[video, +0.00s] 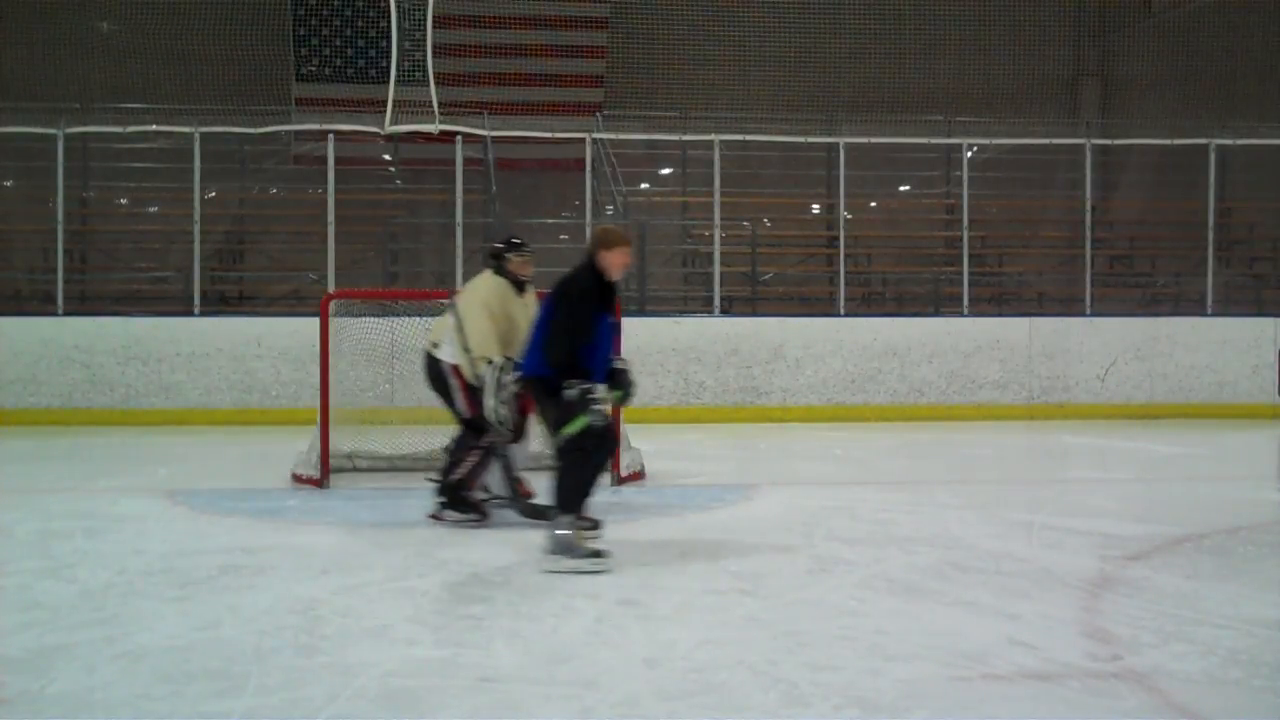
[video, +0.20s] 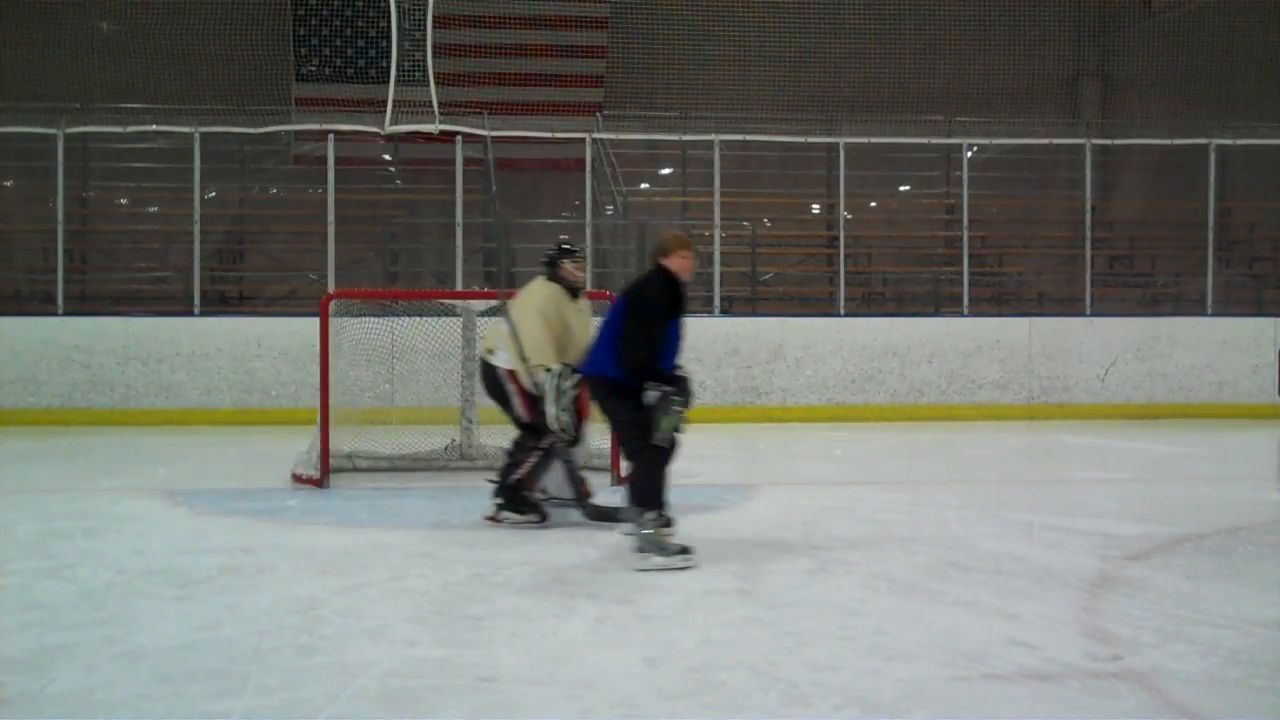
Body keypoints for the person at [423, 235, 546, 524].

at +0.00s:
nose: (527, 266)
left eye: (529, 260)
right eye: (519, 260)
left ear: (531, 263)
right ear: (502, 262)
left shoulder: (526, 295)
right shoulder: (482, 290)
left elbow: (531, 343)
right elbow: (484, 347)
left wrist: (528, 383)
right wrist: (498, 390)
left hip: (485, 365)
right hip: (448, 358)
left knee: (500, 424)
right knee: (479, 426)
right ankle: (453, 492)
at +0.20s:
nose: (579, 271)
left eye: (581, 265)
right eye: (572, 265)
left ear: (583, 268)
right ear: (555, 268)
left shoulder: (579, 303)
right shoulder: (539, 294)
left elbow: (584, 350)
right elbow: (537, 348)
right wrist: (553, 390)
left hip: (534, 371)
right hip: (502, 363)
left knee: (551, 428)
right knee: (539, 428)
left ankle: (517, 487)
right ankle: (513, 491)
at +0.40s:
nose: (634, 275)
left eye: (637, 268)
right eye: (627, 269)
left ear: (639, 271)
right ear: (610, 272)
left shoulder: (629, 305)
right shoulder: (594, 297)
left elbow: (633, 352)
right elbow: (592, 353)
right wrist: (609, 392)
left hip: (585, 373)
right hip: (555, 367)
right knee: (587, 432)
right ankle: (554, 492)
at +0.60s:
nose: (689, 267)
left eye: (691, 261)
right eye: (682, 261)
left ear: (691, 265)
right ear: (667, 264)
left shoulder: (683, 295)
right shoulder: (649, 289)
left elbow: (683, 343)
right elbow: (644, 338)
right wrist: (653, 377)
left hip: (658, 370)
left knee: (684, 426)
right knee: (611, 435)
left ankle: (682, 486)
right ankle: (571, 489)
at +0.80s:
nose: (734, 263)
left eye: (735, 257)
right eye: (727, 257)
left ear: (732, 262)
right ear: (710, 260)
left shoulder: (728, 296)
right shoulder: (687, 285)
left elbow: (727, 342)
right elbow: (677, 337)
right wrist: (681, 383)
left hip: (696, 363)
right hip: (649, 357)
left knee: (720, 419)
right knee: (640, 423)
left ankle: (722, 488)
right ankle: (607, 488)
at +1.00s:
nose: (742, 268)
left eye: (747, 263)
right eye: (736, 262)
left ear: (752, 266)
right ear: (721, 263)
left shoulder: (752, 294)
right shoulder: (699, 288)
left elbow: (755, 339)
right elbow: (684, 336)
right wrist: (691, 381)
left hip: (713, 368)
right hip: (663, 361)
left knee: (734, 416)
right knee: (658, 419)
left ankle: (729, 491)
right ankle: (622, 484)